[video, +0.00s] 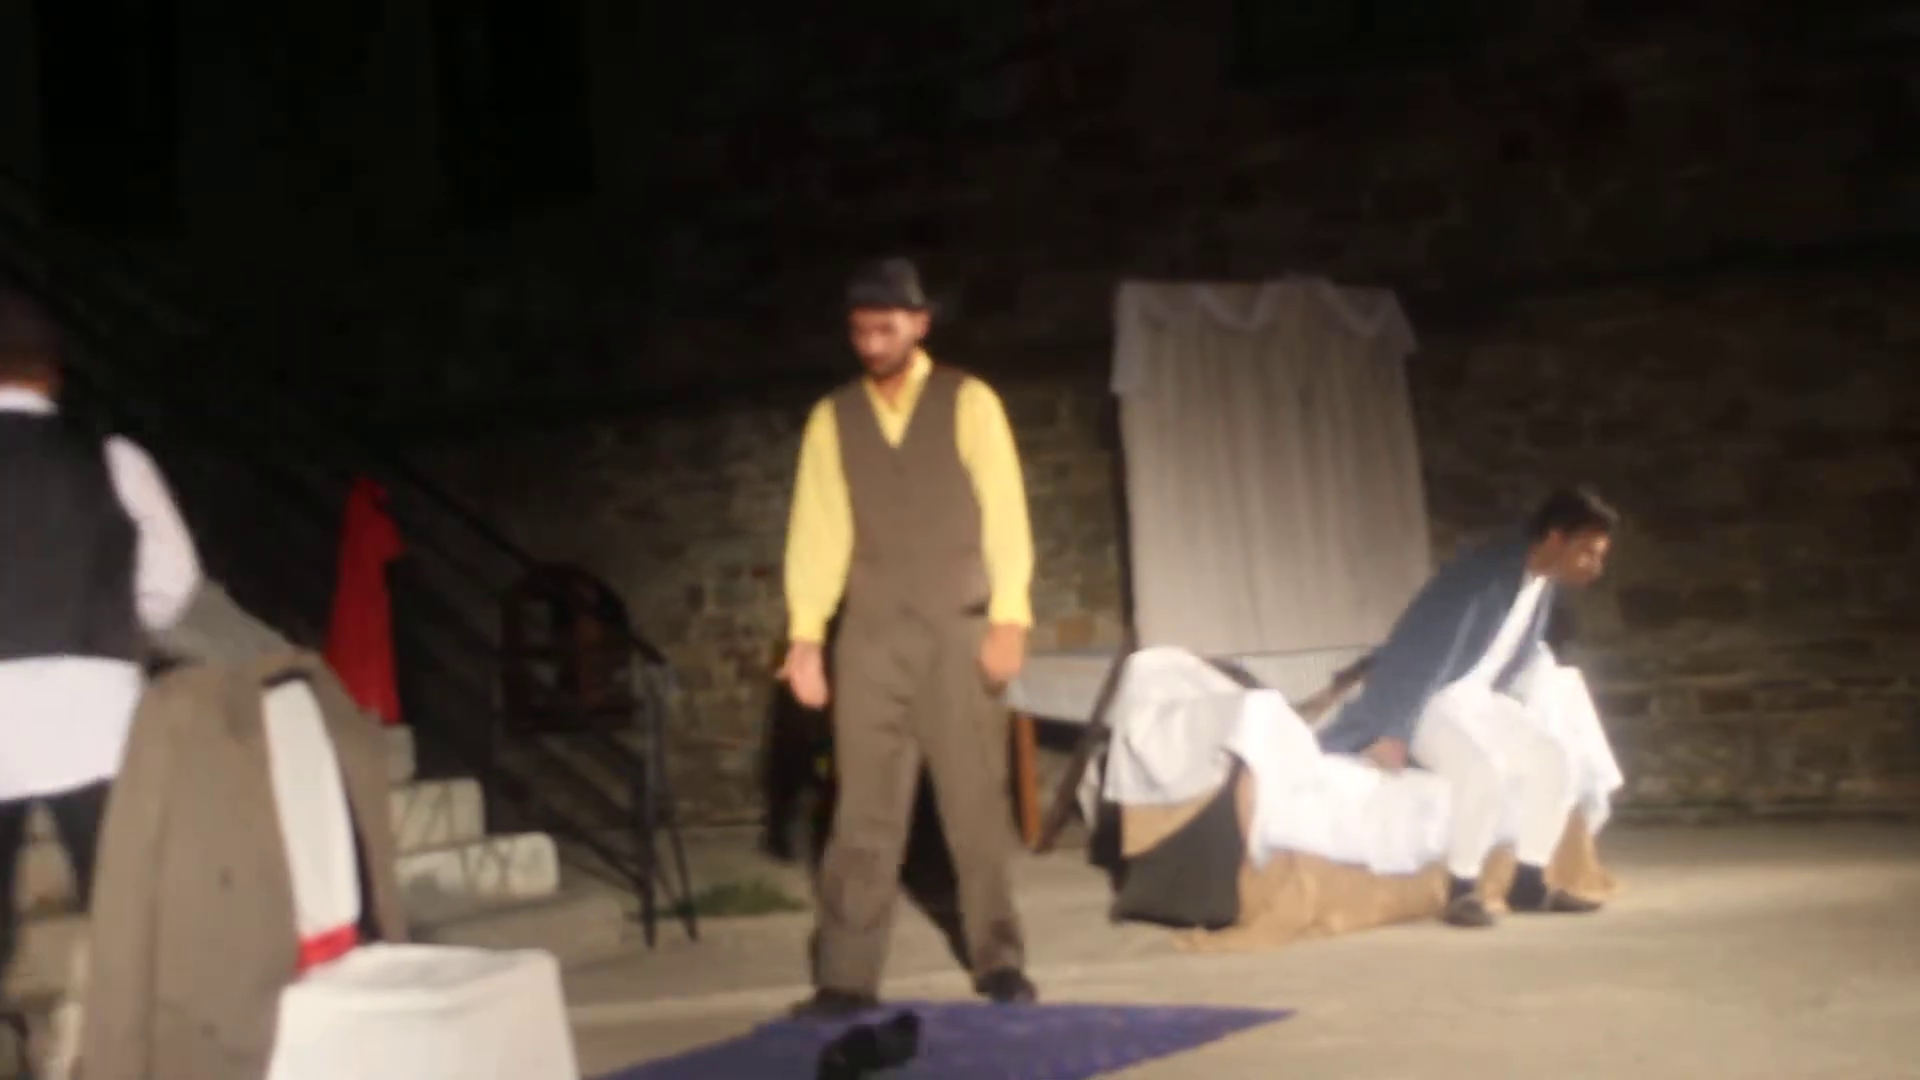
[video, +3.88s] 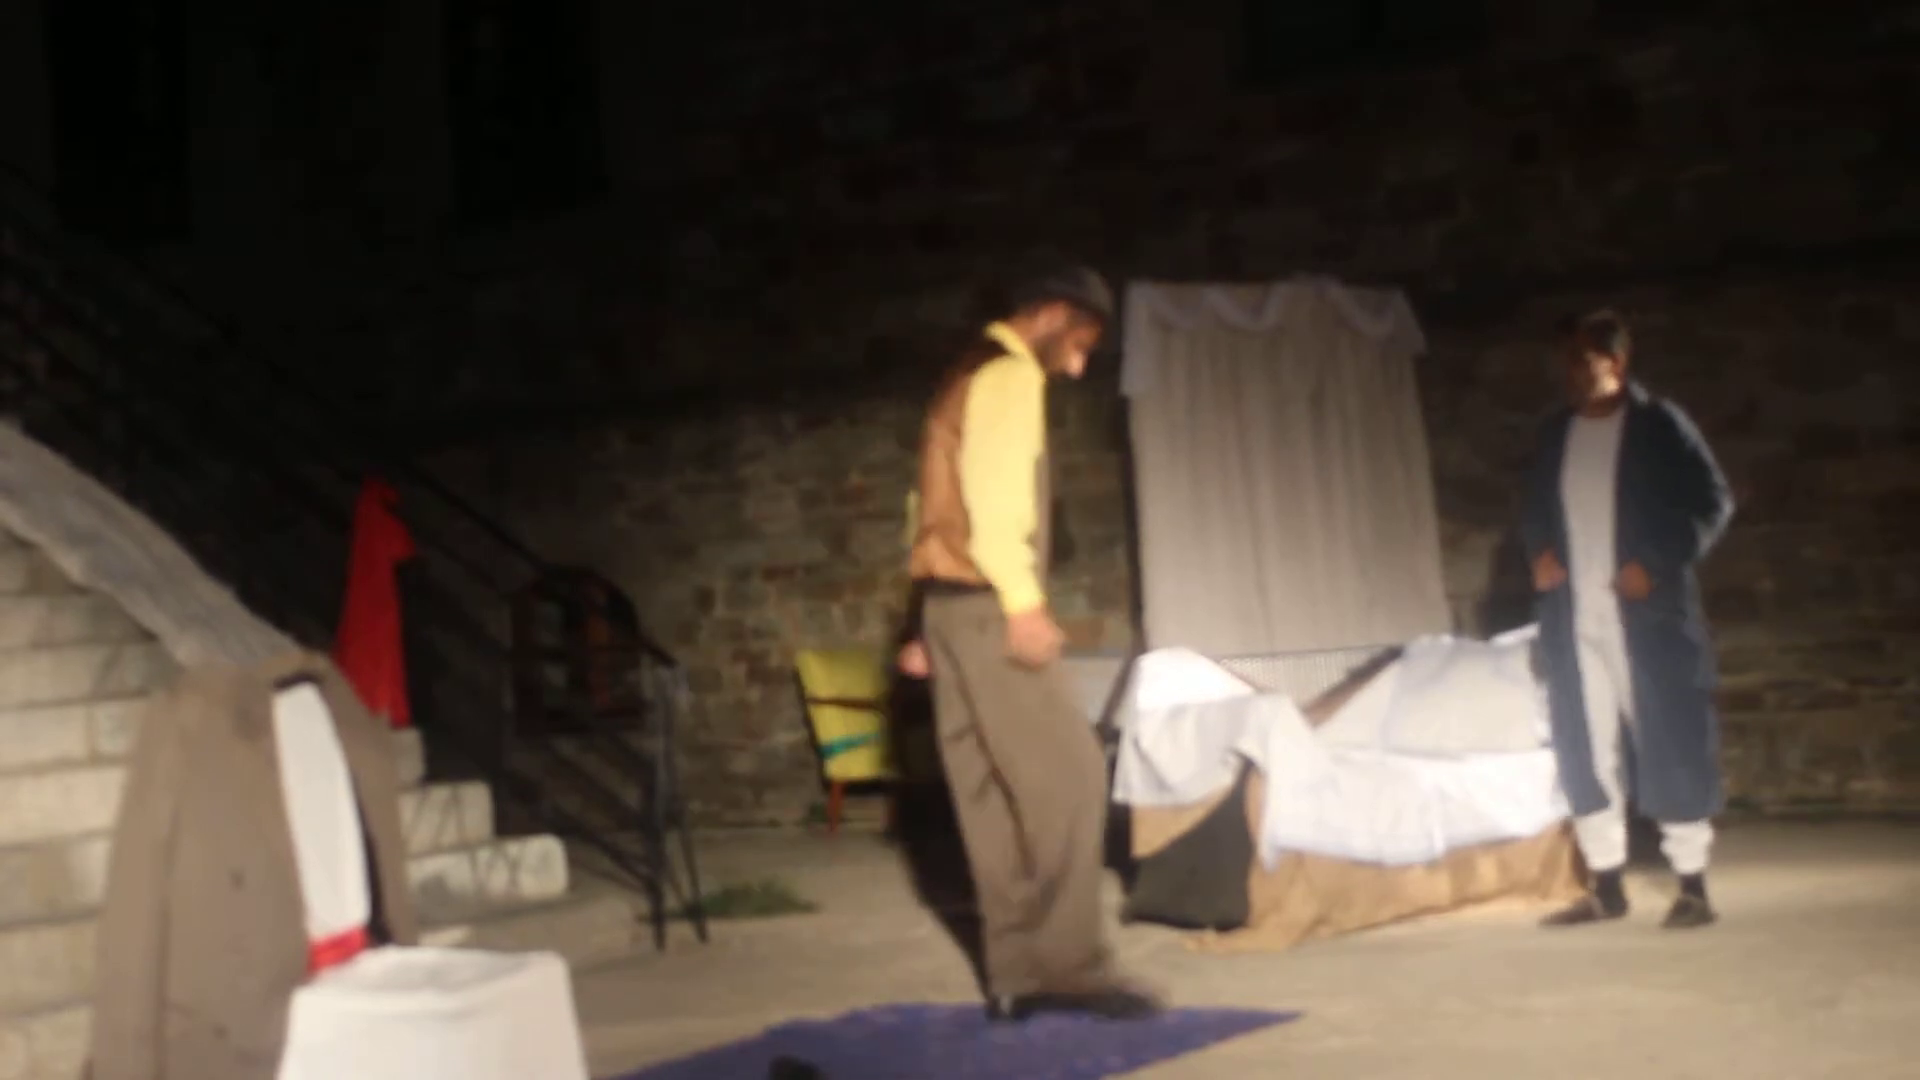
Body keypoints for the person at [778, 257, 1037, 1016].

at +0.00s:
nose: (873, 342)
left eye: (887, 327)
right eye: (862, 328)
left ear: (921, 325)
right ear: (848, 331)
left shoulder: (971, 404)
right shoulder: (832, 420)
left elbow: (1005, 513)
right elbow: (816, 531)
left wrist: (1009, 619)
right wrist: (806, 636)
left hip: (961, 632)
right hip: (868, 635)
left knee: (975, 810)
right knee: (863, 817)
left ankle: (999, 959)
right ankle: (845, 984)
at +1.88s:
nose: (845, 330)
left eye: (859, 316)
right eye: (831, 312)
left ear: (873, 315)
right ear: (795, 301)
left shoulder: (889, 384)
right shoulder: (741, 387)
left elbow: (916, 504)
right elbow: (699, 509)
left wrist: (921, 616)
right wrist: (703, 621)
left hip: (880, 637)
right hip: (781, 640)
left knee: (896, 825)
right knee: (792, 831)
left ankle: (880, 1016)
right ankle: (809, 1021)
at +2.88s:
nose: (968, 322)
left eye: (973, 307)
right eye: (962, 304)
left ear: (936, 300)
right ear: (914, 291)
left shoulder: (924, 383)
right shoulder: (845, 379)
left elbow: (913, 507)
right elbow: (794, 496)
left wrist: (935, 617)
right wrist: (822, 605)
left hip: (932, 620)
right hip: (882, 620)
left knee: (948, 811)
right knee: (894, 813)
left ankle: (946, 1001)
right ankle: (873, 1012)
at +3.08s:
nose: (999, 307)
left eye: (1001, 290)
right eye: (994, 289)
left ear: (946, 286)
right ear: (953, 286)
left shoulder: (924, 368)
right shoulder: (898, 369)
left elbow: (883, 492)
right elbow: (845, 485)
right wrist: (864, 599)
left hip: (923, 610)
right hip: (918, 612)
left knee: (925, 817)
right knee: (955, 811)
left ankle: (928, 1004)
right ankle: (983, 1002)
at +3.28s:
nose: (1023, 324)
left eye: (1027, 307)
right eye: (1018, 305)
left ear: (969, 298)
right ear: (980, 292)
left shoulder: (923, 362)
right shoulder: (952, 366)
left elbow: (920, 491)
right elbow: (932, 486)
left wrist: (952, 596)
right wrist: (953, 606)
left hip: (909, 607)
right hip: (949, 608)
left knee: (948, 808)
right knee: (1013, 799)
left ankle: (942, 1002)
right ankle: (1020, 1002)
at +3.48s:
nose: (1056, 349)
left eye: (1062, 334)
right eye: (1056, 329)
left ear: (1004, 305)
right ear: (1025, 306)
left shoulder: (919, 382)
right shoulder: (999, 377)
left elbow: (876, 498)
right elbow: (1019, 504)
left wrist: (897, 593)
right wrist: (1067, 606)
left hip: (926, 612)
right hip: (979, 609)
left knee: (1010, 790)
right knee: (1025, 800)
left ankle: (971, 961)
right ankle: (1023, 1005)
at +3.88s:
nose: (1083, 360)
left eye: (1090, 347)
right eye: (1084, 342)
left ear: (1043, 317)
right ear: (1051, 315)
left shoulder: (972, 378)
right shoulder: (1012, 379)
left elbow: (929, 504)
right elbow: (998, 492)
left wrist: (924, 619)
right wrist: (1023, 602)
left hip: (948, 605)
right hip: (986, 606)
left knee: (984, 797)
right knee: (1066, 771)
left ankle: (1015, 974)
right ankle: (1069, 965)